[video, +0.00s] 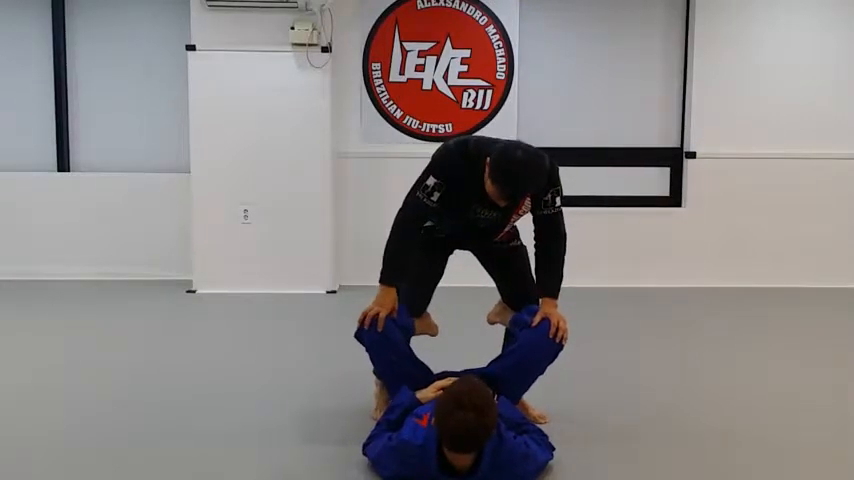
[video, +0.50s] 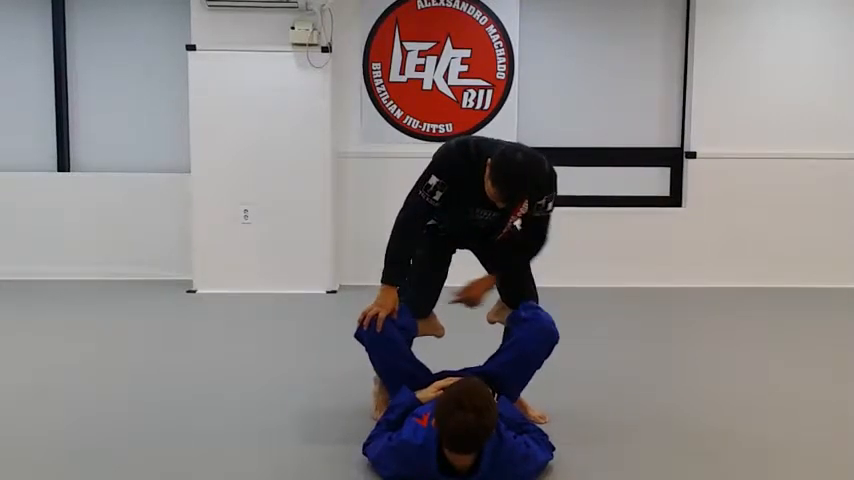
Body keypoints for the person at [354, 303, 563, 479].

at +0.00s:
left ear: (435, 418)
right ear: (495, 419)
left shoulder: (407, 450)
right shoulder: (515, 456)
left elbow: (373, 444)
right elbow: (541, 443)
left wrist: (413, 398)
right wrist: (505, 403)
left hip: (424, 394)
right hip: (492, 393)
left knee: (375, 325)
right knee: (548, 328)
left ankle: (416, 320)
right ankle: (508, 313)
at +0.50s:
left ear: (434, 421)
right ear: (495, 422)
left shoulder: (407, 452)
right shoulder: (514, 457)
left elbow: (374, 443)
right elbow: (542, 443)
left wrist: (413, 397)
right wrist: (503, 403)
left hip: (423, 394)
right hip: (491, 391)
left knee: (374, 325)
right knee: (543, 328)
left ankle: (420, 319)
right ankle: (508, 308)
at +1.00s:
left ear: (434, 419)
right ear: (494, 422)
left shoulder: (408, 451)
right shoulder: (514, 456)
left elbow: (374, 443)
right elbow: (540, 443)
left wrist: (413, 398)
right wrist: (507, 404)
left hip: (422, 396)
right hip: (490, 392)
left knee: (371, 327)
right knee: (543, 329)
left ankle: (417, 318)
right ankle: (509, 309)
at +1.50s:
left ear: (434, 419)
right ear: (495, 418)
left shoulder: (407, 452)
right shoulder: (515, 456)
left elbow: (374, 443)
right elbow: (540, 442)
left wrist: (414, 397)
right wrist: (506, 403)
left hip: (424, 396)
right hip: (492, 393)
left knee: (373, 327)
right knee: (546, 326)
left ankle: (431, 333)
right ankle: (509, 312)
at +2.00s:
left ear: (435, 421)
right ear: (495, 419)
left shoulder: (408, 451)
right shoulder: (515, 456)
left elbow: (373, 444)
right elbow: (539, 441)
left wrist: (414, 398)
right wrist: (507, 403)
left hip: (424, 395)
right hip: (492, 393)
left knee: (370, 329)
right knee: (548, 331)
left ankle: (431, 336)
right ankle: (508, 312)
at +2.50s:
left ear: (436, 421)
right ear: (496, 420)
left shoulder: (408, 452)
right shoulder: (515, 456)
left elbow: (373, 444)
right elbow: (539, 440)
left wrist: (414, 398)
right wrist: (505, 404)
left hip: (423, 397)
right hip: (493, 394)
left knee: (374, 327)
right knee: (550, 331)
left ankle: (438, 343)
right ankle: (510, 315)